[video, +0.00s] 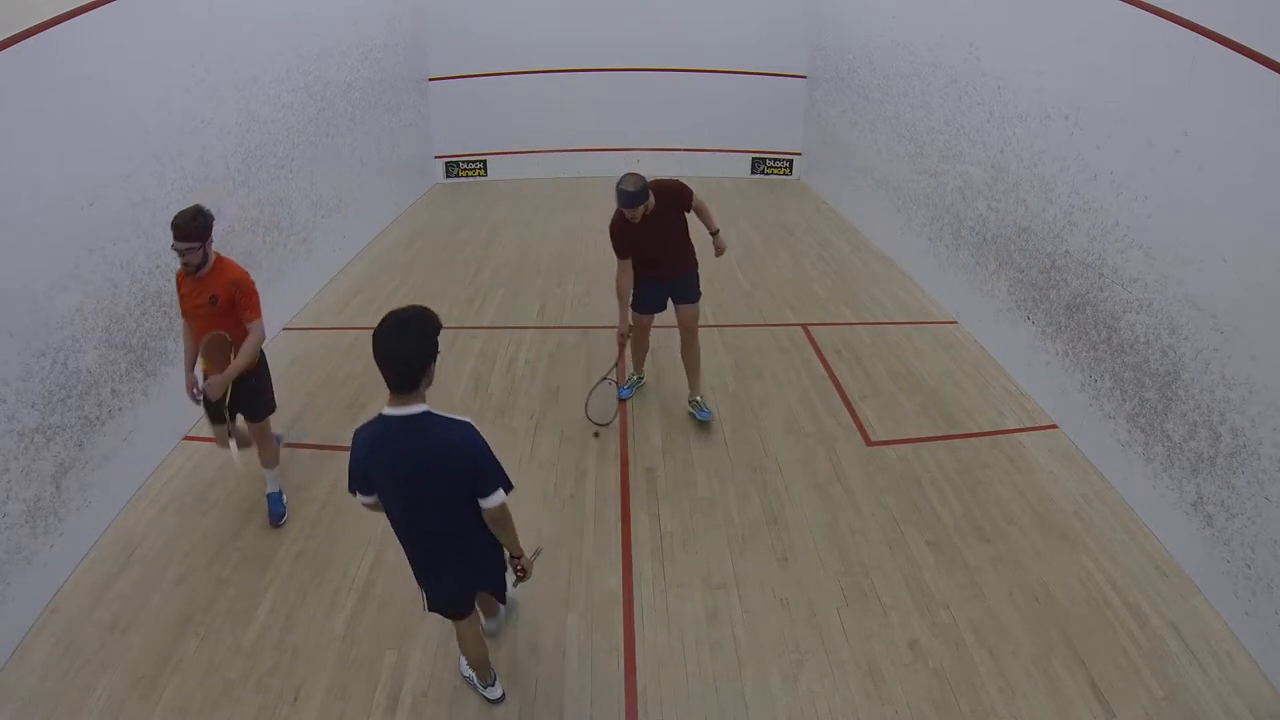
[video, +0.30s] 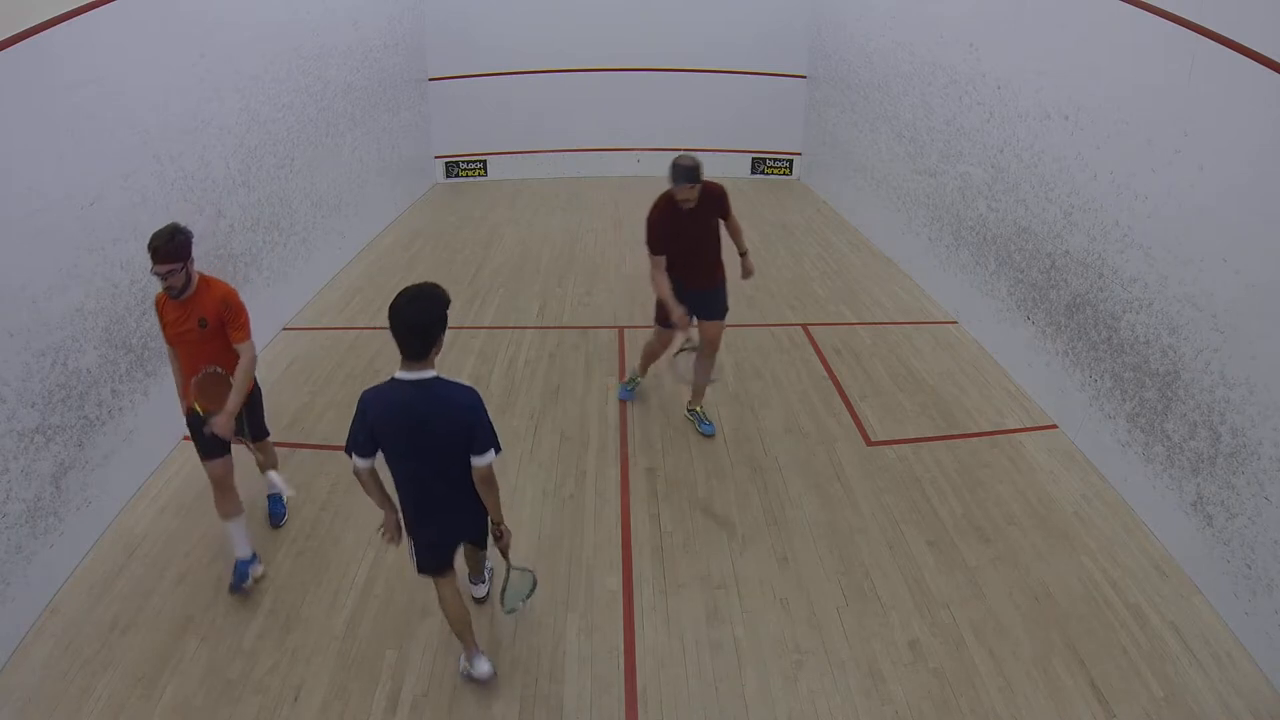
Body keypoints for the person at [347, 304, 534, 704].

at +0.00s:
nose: (438, 364)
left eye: (436, 355)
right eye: (437, 357)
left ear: (382, 367)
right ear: (430, 370)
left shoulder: (367, 438)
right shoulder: (459, 435)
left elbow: (369, 500)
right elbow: (495, 510)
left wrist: (408, 505)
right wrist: (516, 551)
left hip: (425, 554)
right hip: (474, 543)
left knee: (463, 618)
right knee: (484, 579)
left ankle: (487, 683)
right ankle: (492, 615)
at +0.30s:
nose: (446, 335)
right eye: (445, 329)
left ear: (394, 337)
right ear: (440, 343)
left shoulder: (374, 402)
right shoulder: (464, 399)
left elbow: (362, 465)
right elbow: (483, 473)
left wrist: (387, 508)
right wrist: (498, 520)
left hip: (421, 514)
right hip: (467, 504)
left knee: (445, 581)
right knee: (474, 542)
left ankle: (475, 658)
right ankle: (478, 583)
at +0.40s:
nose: (447, 324)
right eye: (447, 318)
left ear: (397, 324)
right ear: (442, 329)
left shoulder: (375, 385)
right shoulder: (463, 385)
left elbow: (365, 454)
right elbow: (482, 456)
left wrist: (404, 498)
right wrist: (497, 496)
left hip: (418, 498)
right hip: (464, 489)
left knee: (432, 554)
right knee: (470, 534)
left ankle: (461, 619)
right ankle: (478, 581)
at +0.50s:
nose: (446, 314)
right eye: (445, 308)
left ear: (398, 315)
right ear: (441, 319)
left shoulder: (377, 371)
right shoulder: (460, 374)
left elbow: (377, 443)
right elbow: (483, 439)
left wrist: (423, 469)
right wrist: (496, 473)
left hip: (415, 481)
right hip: (462, 476)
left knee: (425, 528)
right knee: (469, 530)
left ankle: (453, 593)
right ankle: (478, 582)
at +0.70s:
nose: (436, 298)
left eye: (433, 291)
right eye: (435, 292)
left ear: (391, 303)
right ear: (430, 303)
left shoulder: (376, 357)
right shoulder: (454, 354)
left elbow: (387, 425)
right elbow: (480, 413)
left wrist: (434, 459)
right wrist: (490, 436)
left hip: (412, 460)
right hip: (457, 455)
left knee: (427, 509)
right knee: (465, 522)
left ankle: (436, 547)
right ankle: (478, 581)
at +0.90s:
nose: (423, 293)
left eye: (422, 285)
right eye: (422, 286)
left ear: (381, 294)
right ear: (414, 295)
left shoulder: (370, 349)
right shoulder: (439, 343)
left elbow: (378, 415)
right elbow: (469, 400)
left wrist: (389, 466)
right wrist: (477, 422)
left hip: (408, 447)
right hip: (448, 441)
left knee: (420, 492)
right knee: (460, 512)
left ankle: (426, 525)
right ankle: (477, 578)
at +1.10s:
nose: (413, 276)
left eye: (410, 269)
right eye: (409, 270)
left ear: (371, 281)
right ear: (399, 280)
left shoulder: (358, 330)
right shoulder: (420, 328)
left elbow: (358, 381)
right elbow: (447, 381)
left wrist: (371, 413)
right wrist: (459, 405)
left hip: (394, 426)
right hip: (432, 423)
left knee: (412, 475)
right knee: (454, 492)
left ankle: (426, 521)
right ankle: (475, 564)